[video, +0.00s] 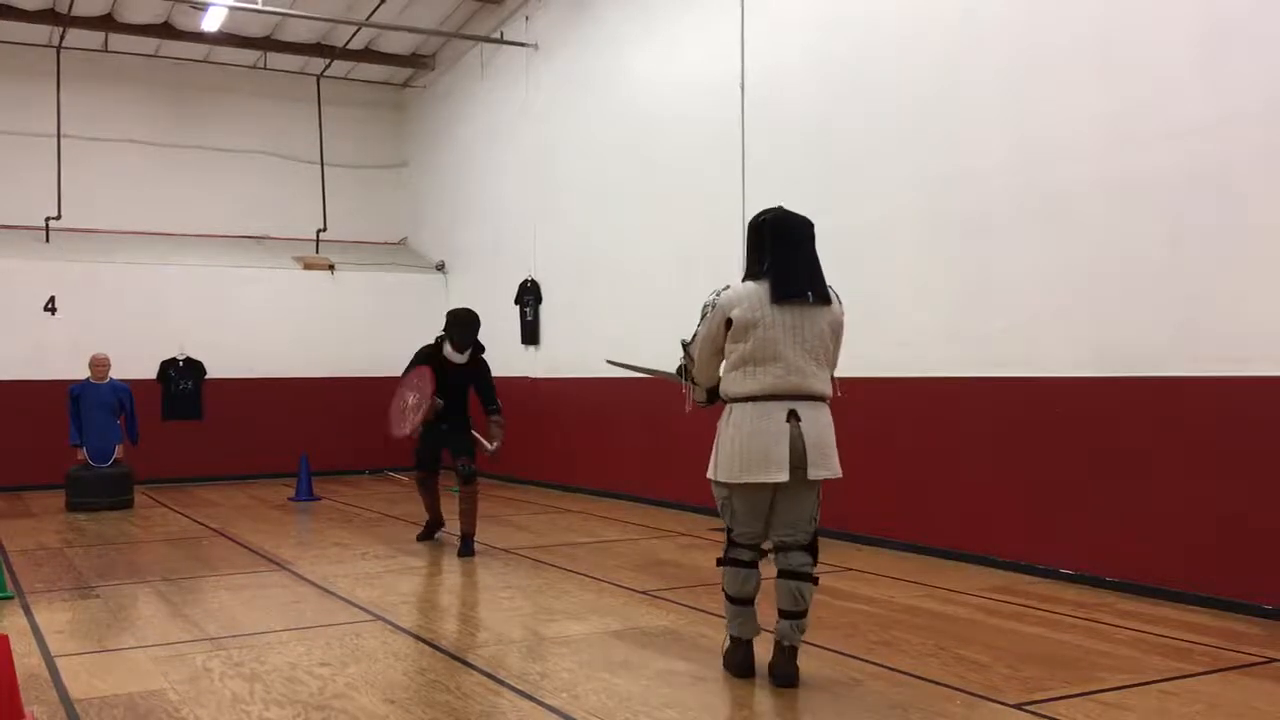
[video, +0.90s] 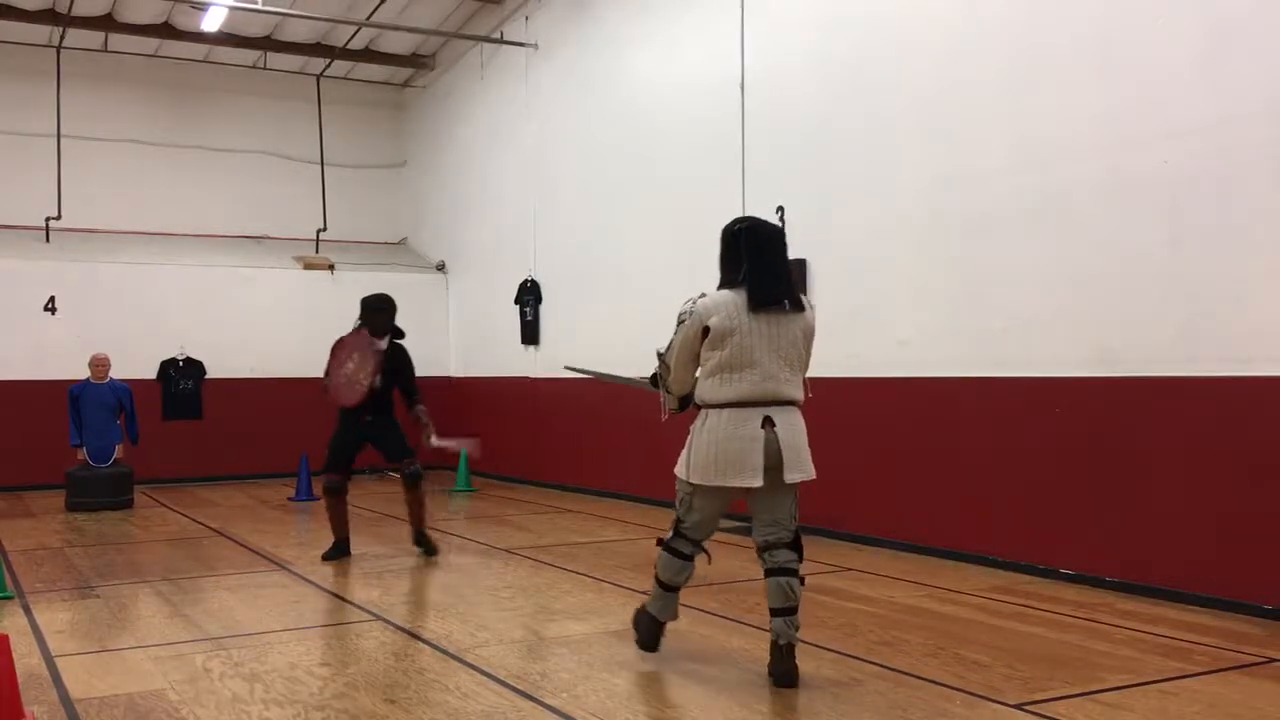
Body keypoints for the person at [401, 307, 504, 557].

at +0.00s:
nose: (464, 344)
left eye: (469, 339)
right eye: (460, 338)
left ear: (474, 337)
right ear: (449, 333)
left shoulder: (477, 364)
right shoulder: (427, 356)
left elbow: (491, 403)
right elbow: (405, 390)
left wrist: (496, 436)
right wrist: (423, 408)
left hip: (459, 424)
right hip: (429, 424)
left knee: (467, 476)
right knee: (424, 476)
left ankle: (467, 536)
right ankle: (434, 519)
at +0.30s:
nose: (458, 333)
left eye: (464, 328)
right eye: (455, 327)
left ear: (468, 327)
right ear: (444, 322)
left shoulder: (472, 356)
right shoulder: (421, 347)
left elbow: (488, 398)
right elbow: (403, 381)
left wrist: (493, 437)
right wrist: (414, 403)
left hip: (452, 419)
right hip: (421, 417)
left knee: (462, 473)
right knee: (394, 469)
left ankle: (466, 537)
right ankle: (407, 516)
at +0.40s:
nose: (451, 334)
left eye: (456, 329)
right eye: (447, 329)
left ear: (462, 326)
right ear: (436, 322)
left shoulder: (465, 353)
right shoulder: (414, 346)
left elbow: (482, 394)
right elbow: (402, 384)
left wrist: (489, 430)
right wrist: (417, 395)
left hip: (446, 419)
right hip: (414, 417)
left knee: (458, 473)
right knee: (387, 472)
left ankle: (466, 538)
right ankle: (381, 530)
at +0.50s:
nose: (426, 327)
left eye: (433, 322)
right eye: (425, 320)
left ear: (445, 323)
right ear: (421, 318)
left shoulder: (452, 351)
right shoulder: (409, 343)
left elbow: (471, 390)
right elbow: (397, 375)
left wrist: (480, 421)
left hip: (437, 419)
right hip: (405, 416)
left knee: (453, 476)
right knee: (378, 475)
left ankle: (465, 539)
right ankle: (354, 535)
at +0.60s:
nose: (417, 325)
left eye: (423, 319)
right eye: (413, 319)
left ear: (433, 321)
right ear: (406, 319)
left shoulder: (438, 352)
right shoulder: (396, 349)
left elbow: (457, 387)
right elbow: (378, 383)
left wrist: (467, 420)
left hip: (425, 422)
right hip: (392, 422)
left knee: (445, 477)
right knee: (364, 479)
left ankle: (465, 539)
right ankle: (345, 541)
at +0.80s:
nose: (387, 326)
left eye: (393, 320)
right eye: (382, 320)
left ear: (402, 322)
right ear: (374, 320)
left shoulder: (408, 354)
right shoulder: (362, 350)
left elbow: (422, 391)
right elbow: (343, 381)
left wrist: (437, 416)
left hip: (394, 423)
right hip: (360, 422)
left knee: (425, 477)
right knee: (339, 482)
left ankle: (448, 537)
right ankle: (341, 542)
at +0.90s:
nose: (381, 322)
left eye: (386, 316)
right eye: (376, 316)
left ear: (392, 318)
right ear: (364, 317)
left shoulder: (397, 352)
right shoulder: (347, 348)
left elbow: (410, 392)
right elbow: (329, 385)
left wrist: (426, 423)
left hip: (384, 422)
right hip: (351, 422)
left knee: (412, 473)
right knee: (332, 482)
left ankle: (419, 534)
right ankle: (341, 542)